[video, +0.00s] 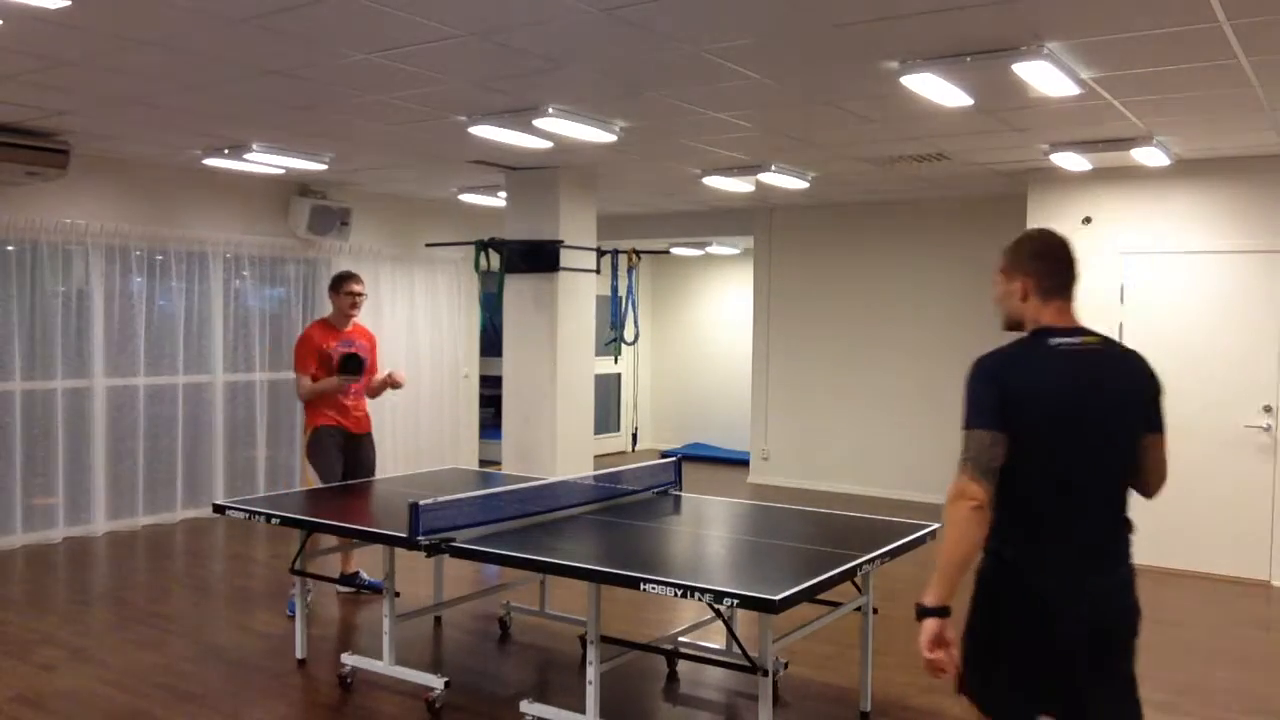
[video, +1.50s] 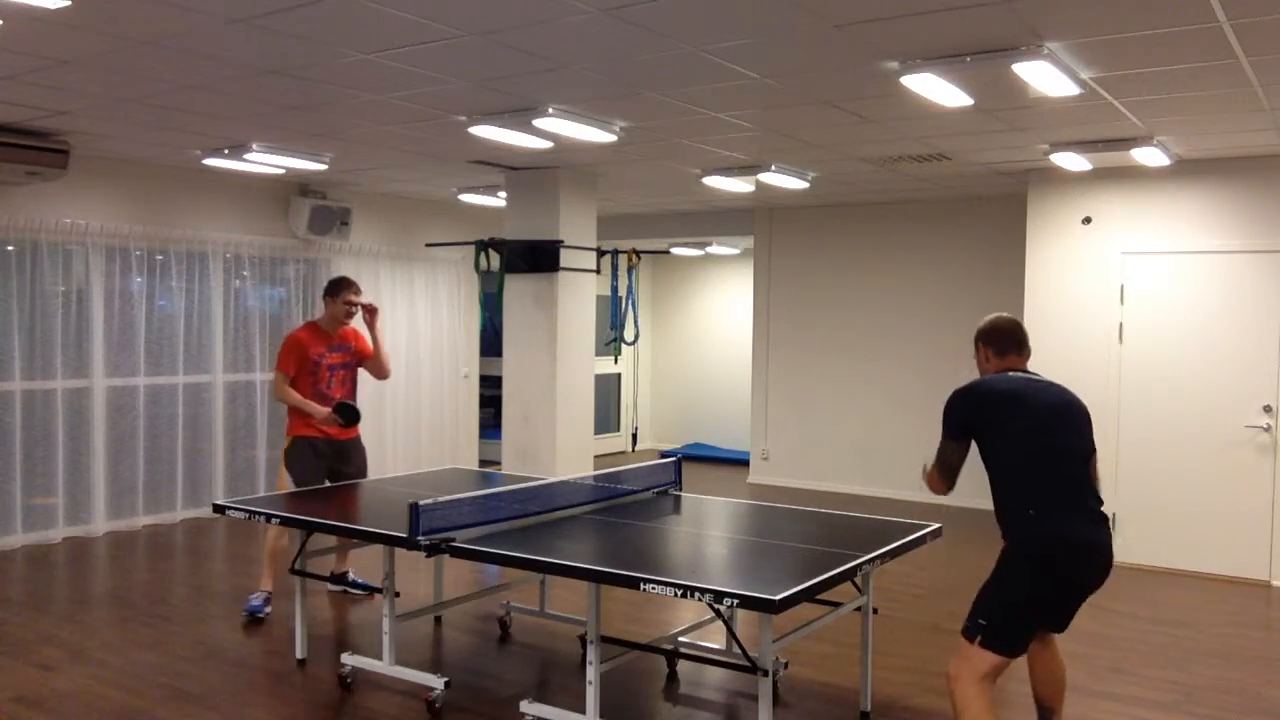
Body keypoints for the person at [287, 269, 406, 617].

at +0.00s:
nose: (357, 301)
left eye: (361, 296)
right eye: (350, 295)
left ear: (364, 300)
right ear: (333, 297)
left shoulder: (366, 338)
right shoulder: (312, 336)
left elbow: (369, 391)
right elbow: (303, 391)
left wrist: (386, 381)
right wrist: (338, 382)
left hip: (359, 426)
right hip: (325, 425)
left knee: (357, 500)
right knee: (331, 496)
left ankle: (348, 571)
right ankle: (301, 582)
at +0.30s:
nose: (349, 305)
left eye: (353, 300)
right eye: (343, 298)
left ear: (356, 304)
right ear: (324, 300)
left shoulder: (357, 341)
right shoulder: (304, 335)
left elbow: (371, 387)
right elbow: (292, 379)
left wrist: (385, 386)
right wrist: (347, 383)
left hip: (344, 433)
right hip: (309, 432)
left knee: (343, 506)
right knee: (298, 509)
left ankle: (349, 572)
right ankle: (266, 591)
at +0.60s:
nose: (334, 304)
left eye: (337, 299)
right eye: (328, 298)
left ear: (338, 304)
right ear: (307, 299)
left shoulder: (337, 342)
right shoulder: (286, 337)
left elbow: (339, 391)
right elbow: (273, 393)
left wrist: (362, 395)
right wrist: (321, 399)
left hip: (318, 435)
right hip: (283, 432)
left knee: (323, 508)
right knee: (282, 513)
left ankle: (342, 570)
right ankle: (264, 595)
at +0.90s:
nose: (331, 302)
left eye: (335, 297)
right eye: (325, 295)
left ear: (336, 301)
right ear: (305, 296)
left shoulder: (333, 339)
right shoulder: (280, 336)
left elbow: (339, 390)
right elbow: (250, 383)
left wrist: (360, 370)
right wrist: (287, 408)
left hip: (322, 436)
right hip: (285, 436)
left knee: (326, 511)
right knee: (273, 515)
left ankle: (331, 576)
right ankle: (264, 594)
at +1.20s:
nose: (343, 305)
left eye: (346, 300)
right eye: (337, 298)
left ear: (346, 304)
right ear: (318, 297)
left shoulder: (343, 336)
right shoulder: (293, 337)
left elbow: (374, 370)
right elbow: (271, 388)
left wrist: (364, 325)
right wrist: (309, 403)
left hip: (340, 436)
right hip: (303, 436)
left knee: (343, 507)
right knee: (286, 514)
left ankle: (340, 572)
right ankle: (265, 594)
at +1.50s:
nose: (354, 311)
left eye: (357, 306)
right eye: (349, 305)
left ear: (357, 307)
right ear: (328, 301)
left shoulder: (352, 337)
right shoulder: (300, 339)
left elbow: (382, 373)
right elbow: (279, 390)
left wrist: (373, 329)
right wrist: (319, 412)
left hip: (347, 440)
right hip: (306, 441)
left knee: (350, 508)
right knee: (286, 514)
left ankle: (341, 571)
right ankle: (265, 589)